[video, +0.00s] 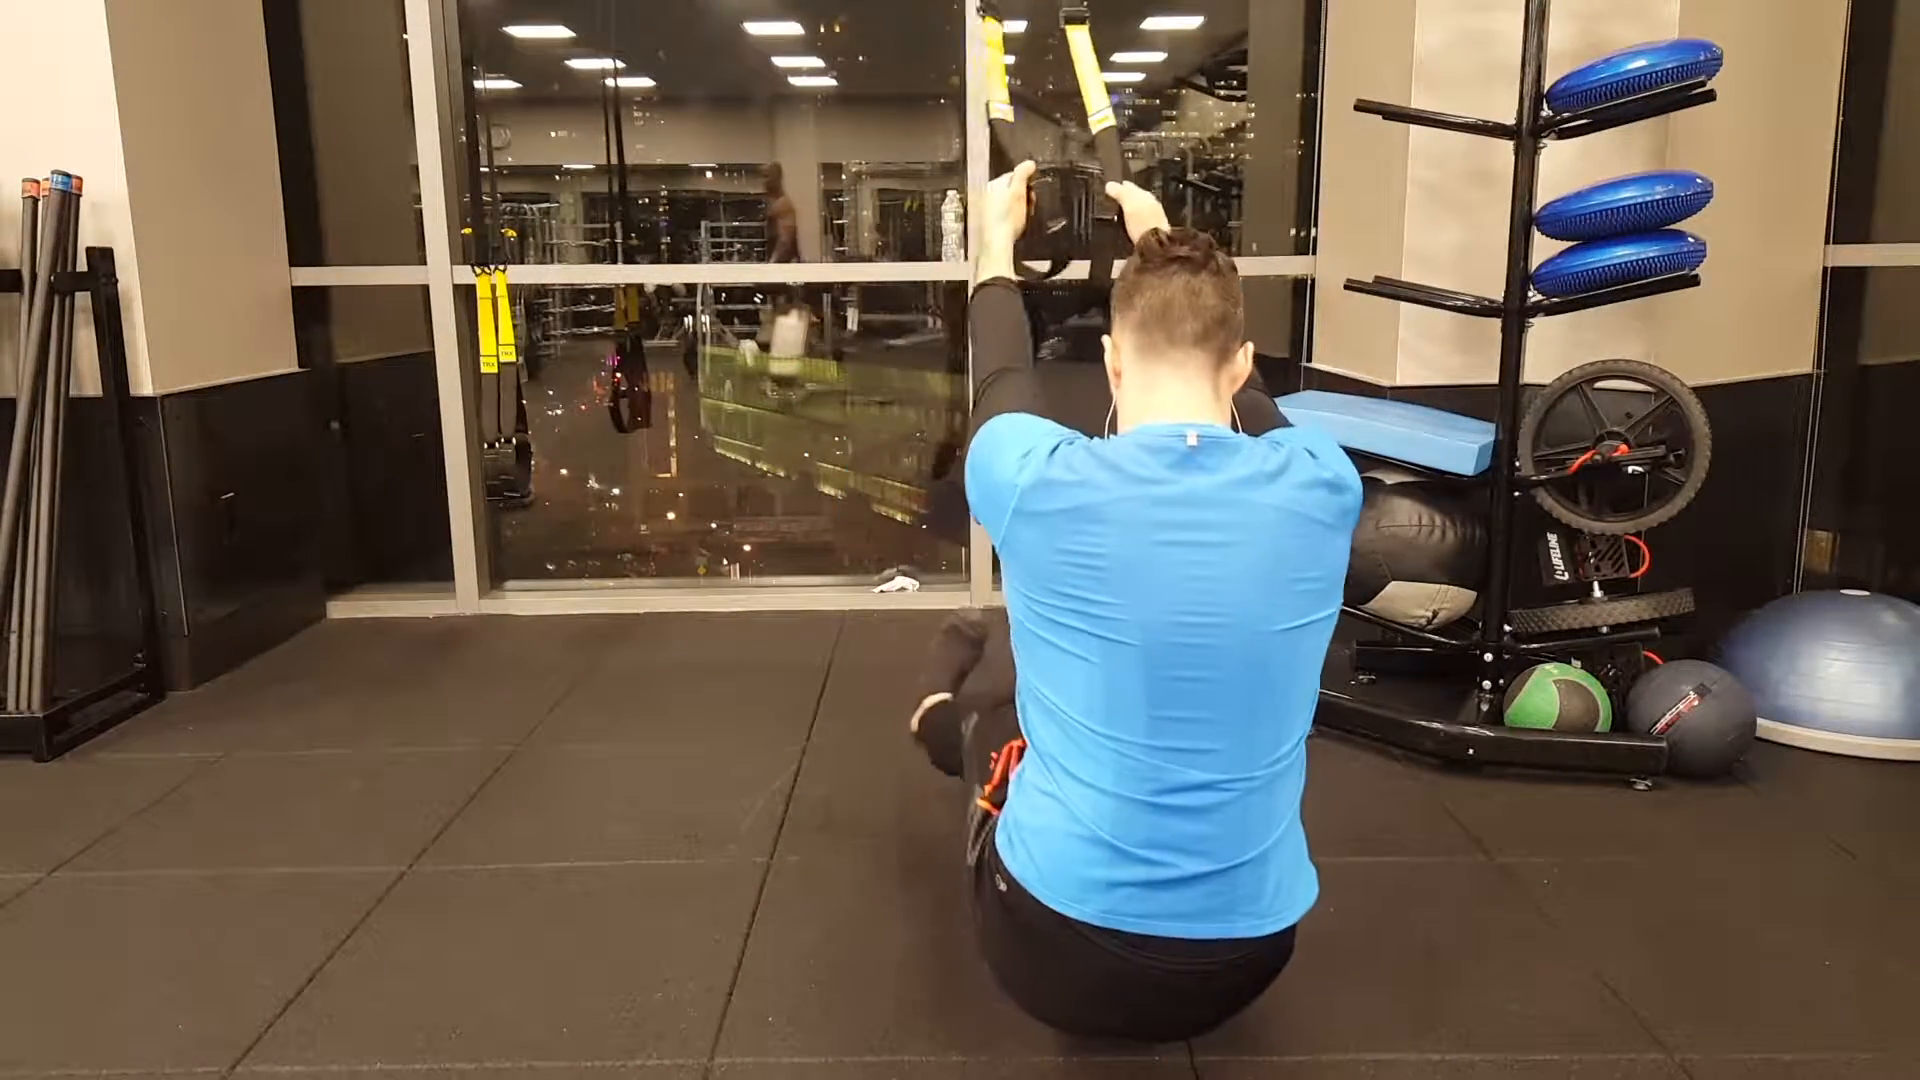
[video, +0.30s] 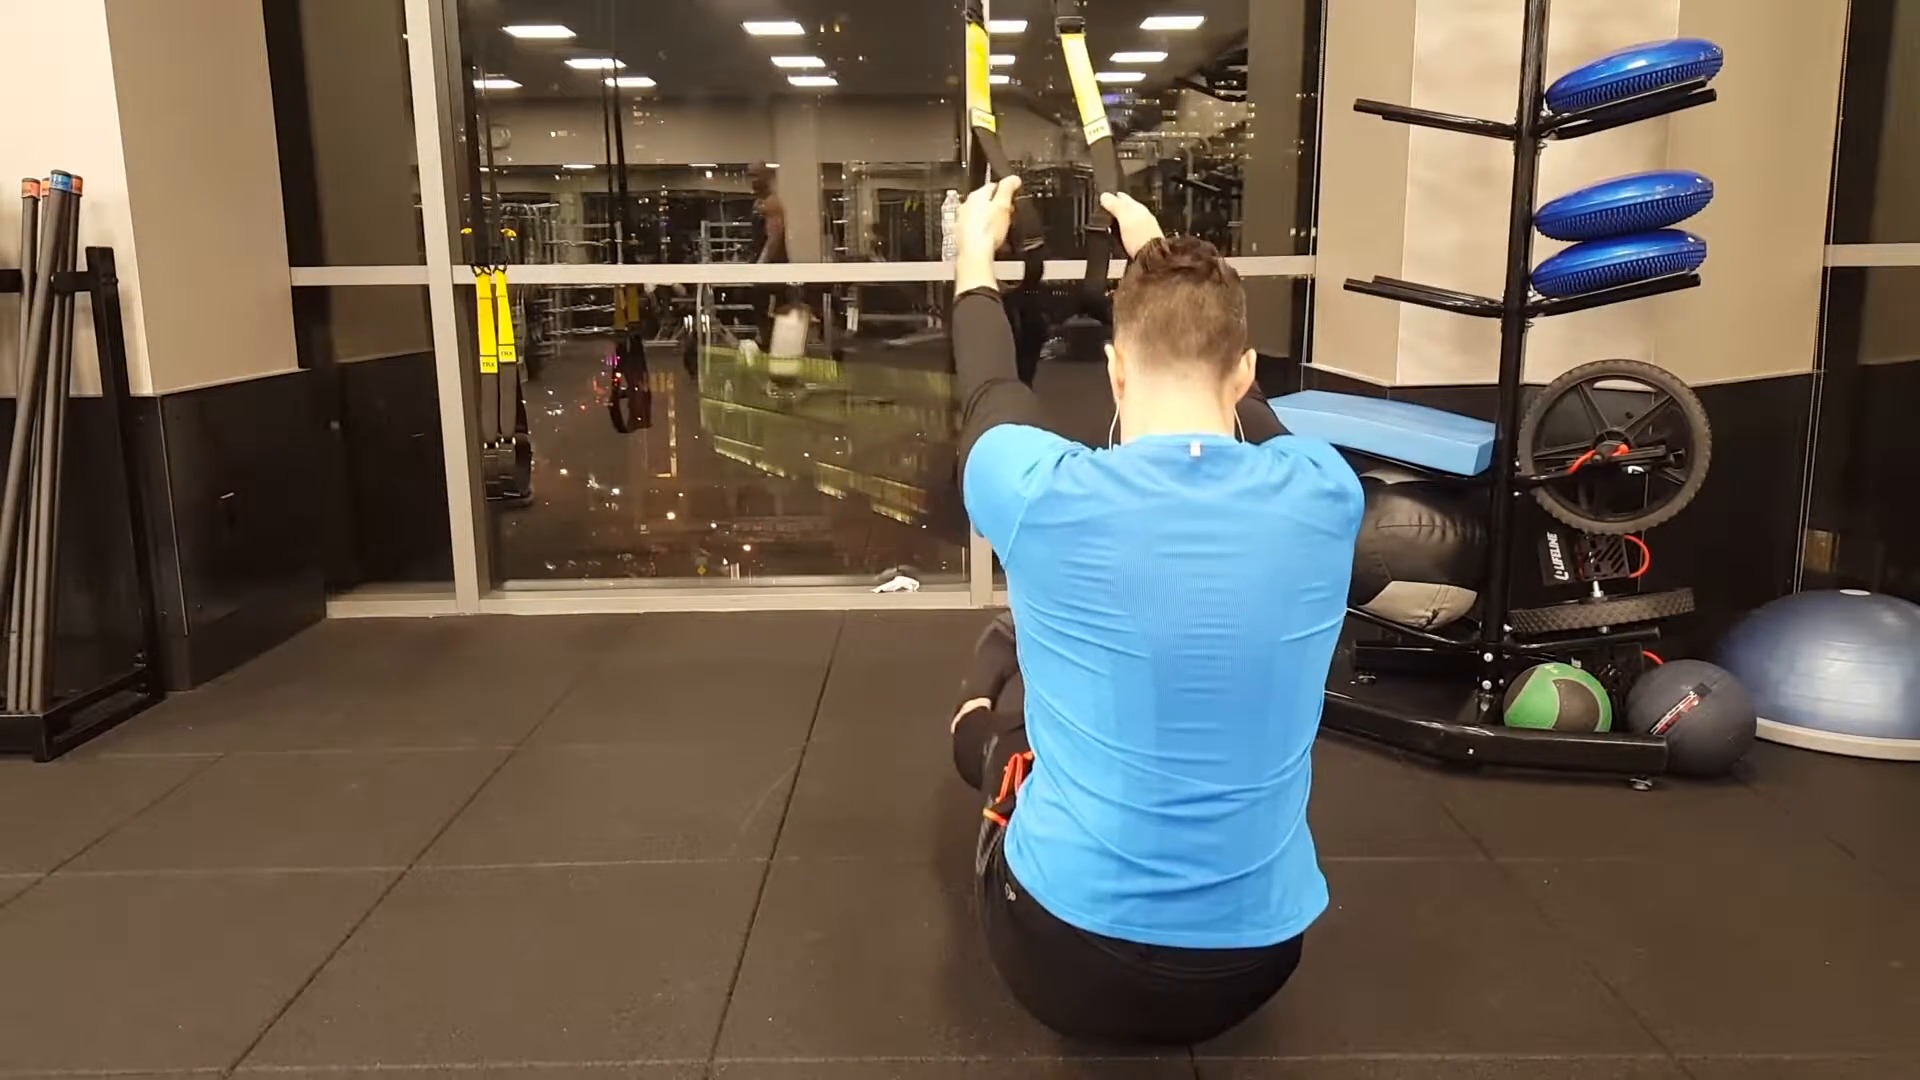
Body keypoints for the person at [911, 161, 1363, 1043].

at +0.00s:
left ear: (1111, 362)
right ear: (1242, 373)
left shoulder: (1034, 481)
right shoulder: (1322, 488)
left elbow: (1000, 378)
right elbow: (1243, 398)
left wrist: (990, 252)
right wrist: (1165, 253)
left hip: (1059, 959)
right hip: (1240, 967)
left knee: (1006, 671)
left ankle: (952, 725)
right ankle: (958, 730)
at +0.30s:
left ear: (1116, 369)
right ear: (1246, 378)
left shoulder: (1040, 495)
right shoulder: (1326, 497)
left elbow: (990, 381)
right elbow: (1233, 396)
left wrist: (974, 262)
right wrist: (1164, 264)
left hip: (1070, 966)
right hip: (1248, 972)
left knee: (1008, 635)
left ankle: (985, 748)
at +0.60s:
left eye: (1132, 308)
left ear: (1130, 319)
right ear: (1262, 327)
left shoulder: (1056, 441)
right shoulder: (1343, 447)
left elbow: (992, 386)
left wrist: (996, 259)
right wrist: (1173, 248)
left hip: (1082, 919)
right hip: (1256, 923)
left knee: (1024, 648)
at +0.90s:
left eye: (1150, 110)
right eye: (1277, 115)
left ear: (1146, 117)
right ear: (1275, 120)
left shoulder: (1058, 218)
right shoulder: (1361, 234)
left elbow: (982, 353)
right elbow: (1331, 386)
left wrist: (1024, 209)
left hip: (1082, 681)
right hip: (1262, 707)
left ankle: (983, 693)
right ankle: (1111, 940)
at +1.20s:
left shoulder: (1042, 28)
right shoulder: (1365, 41)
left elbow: (985, 245)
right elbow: (1339, 232)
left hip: (1091, 445)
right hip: (1282, 459)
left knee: (995, 603)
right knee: (1155, 654)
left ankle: (935, 722)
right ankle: (1113, 945)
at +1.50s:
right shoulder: (1369, 5)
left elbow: (957, 128)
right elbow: (1346, 165)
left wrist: (1044, 81)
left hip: (1072, 275)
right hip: (1262, 297)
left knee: (959, 566)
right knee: (1153, 636)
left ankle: (888, 780)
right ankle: (1114, 949)